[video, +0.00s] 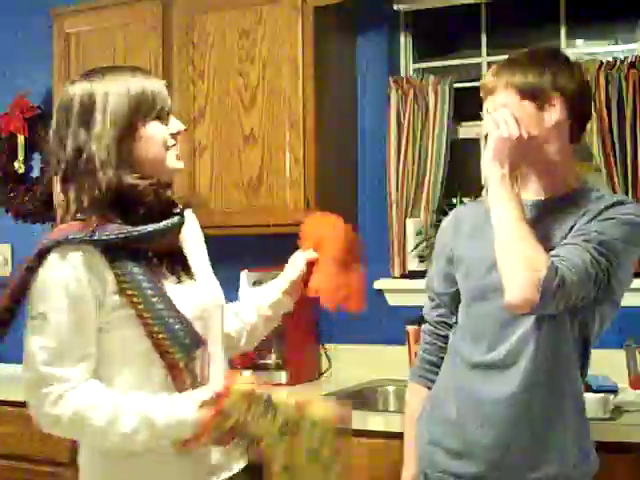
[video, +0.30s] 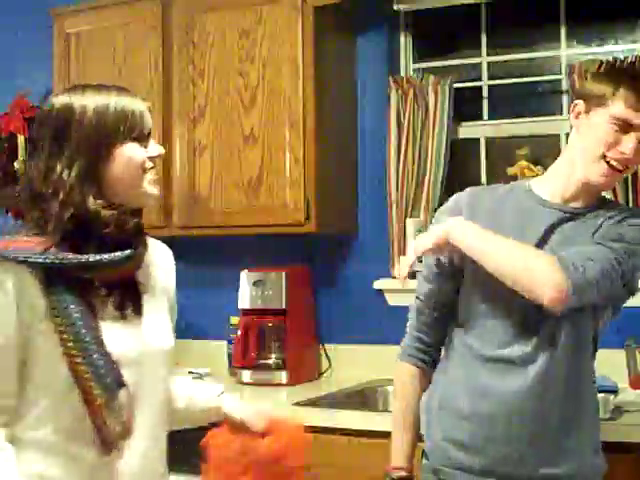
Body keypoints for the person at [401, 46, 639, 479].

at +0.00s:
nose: (489, 123)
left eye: (502, 108)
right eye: (487, 111)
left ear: (553, 111)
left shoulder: (614, 218)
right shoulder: (459, 224)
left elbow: (529, 292)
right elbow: (432, 349)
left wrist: (498, 177)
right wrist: (411, 465)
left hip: (544, 463)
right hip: (445, 459)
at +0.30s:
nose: (630, 151)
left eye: (639, 136)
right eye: (622, 126)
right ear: (578, 113)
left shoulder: (626, 229)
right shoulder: (467, 209)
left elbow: (557, 288)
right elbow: (419, 346)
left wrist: (456, 230)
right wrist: (398, 468)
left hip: (562, 466)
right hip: (455, 461)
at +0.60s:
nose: (600, 133)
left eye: (621, 125)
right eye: (592, 114)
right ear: (575, 119)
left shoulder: (630, 251)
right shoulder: (484, 210)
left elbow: (634, 384)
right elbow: (417, 331)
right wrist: (384, 449)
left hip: (566, 469)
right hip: (460, 461)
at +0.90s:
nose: (579, 126)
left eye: (602, 115)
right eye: (575, 110)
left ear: (637, 136)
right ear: (567, 117)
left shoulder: (632, 252)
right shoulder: (489, 209)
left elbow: (635, 372)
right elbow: (419, 330)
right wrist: (397, 445)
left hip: (570, 466)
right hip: (464, 461)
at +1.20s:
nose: (604, 140)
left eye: (626, 131)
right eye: (599, 122)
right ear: (587, 124)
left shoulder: (634, 262)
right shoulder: (505, 198)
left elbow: (637, 375)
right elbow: (411, 287)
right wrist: (390, 362)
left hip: (572, 466)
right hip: (472, 458)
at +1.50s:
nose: (624, 142)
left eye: (639, 131)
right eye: (614, 123)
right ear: (594, 129)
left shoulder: (632, 265)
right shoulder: (511, 199)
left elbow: (637, 374)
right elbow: (406, 284)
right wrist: (378, 384)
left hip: (579, 466)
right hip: (484, 459)